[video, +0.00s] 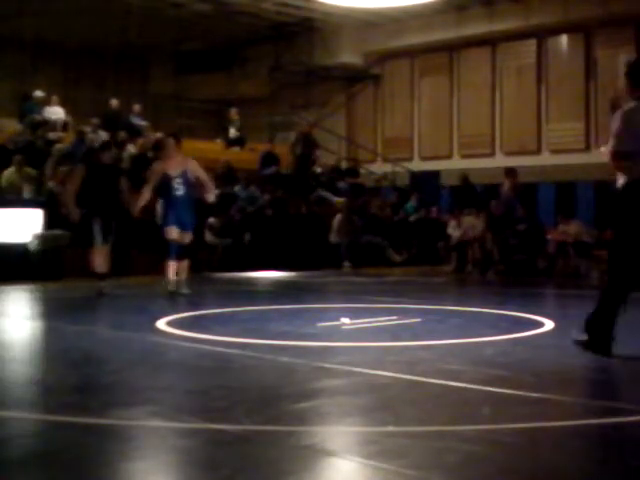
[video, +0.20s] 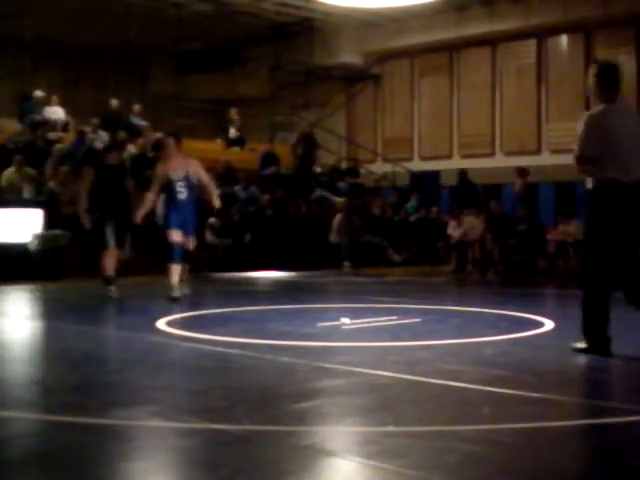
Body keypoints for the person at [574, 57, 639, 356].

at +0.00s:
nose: (624, 86)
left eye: (627, 80)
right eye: (627, 81)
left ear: (631, 83)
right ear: (637, 83)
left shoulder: (629, 114)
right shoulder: (629, 114)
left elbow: (616, 155)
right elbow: (614, 153)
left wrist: (604, 149)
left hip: (631, 200)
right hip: (632, 200)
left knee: (621, 269)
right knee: (620, 269)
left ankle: (600, 333)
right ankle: (600, 332)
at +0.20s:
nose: (593, 87)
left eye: (594, 82)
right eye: (596, 81)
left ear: (597, 85)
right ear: (618, 84)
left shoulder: (595, 119)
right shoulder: (631, 116)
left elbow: (583, 161)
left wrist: (606, 174)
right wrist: (609, 173)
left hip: (605, 199)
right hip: (632, 196)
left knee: (597, 267)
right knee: (630, 269)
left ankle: (597, 339)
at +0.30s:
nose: (582, 86)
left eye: (584, 81)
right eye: (586, 81)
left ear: (586, 84)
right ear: (609, 84)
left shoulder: (581, 118)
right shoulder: (626, 116)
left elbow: (567, 158)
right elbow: (635, 151)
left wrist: (591, 155)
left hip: (594, 195)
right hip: (626, 193)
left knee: (590, 265)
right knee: (617, 262)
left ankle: (596, 339)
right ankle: (627, 321)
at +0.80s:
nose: (534, 89)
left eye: (538, 85)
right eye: (537, 84)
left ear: (544, 92)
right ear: (561, 94)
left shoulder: (532, 122)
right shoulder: (568, 124)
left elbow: (517, 158)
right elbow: (579, 155)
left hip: (539, 197)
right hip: (565, 196)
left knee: (534, 256)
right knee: (556, 258)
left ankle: (553, 310)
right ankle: (547, 326)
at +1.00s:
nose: (518, 95)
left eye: (520, 90)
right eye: (520, 89)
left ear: (525, 94)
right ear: (545, 95)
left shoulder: (518, 124)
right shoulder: (555, 128)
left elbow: (504, 159)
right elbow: (556, 159)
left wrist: (520, 169)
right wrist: (528, 164)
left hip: (523, 198)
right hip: (550, 197)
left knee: (509, 260)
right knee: (548, 265)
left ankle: (496, 325)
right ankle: (547, 330)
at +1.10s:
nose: (510, 100)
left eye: (510, 95)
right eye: (512, 95)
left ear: (512, 97)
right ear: (535, 98)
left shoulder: (506, 128)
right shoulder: (545, 131)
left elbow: (494, 163)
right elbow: (549, 162)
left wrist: (516, 162)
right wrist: (523, 160)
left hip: (511, 199)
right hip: (539, 199)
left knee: (501, 262)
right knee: (540, 264)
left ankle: (488, 323)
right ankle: (546, 330)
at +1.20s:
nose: (494, 98)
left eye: (496, 94)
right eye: (496, 93)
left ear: (501, 97)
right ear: (521, 99)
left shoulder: (494, 129)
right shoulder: (535, 131)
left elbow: (482, 163)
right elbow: (540, 164)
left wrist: (499, 170)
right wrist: (512, 167)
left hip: (502, 199)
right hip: (530, 200)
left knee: (494, 261)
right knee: (534, 264)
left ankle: (489, 325)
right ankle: (543, 328)